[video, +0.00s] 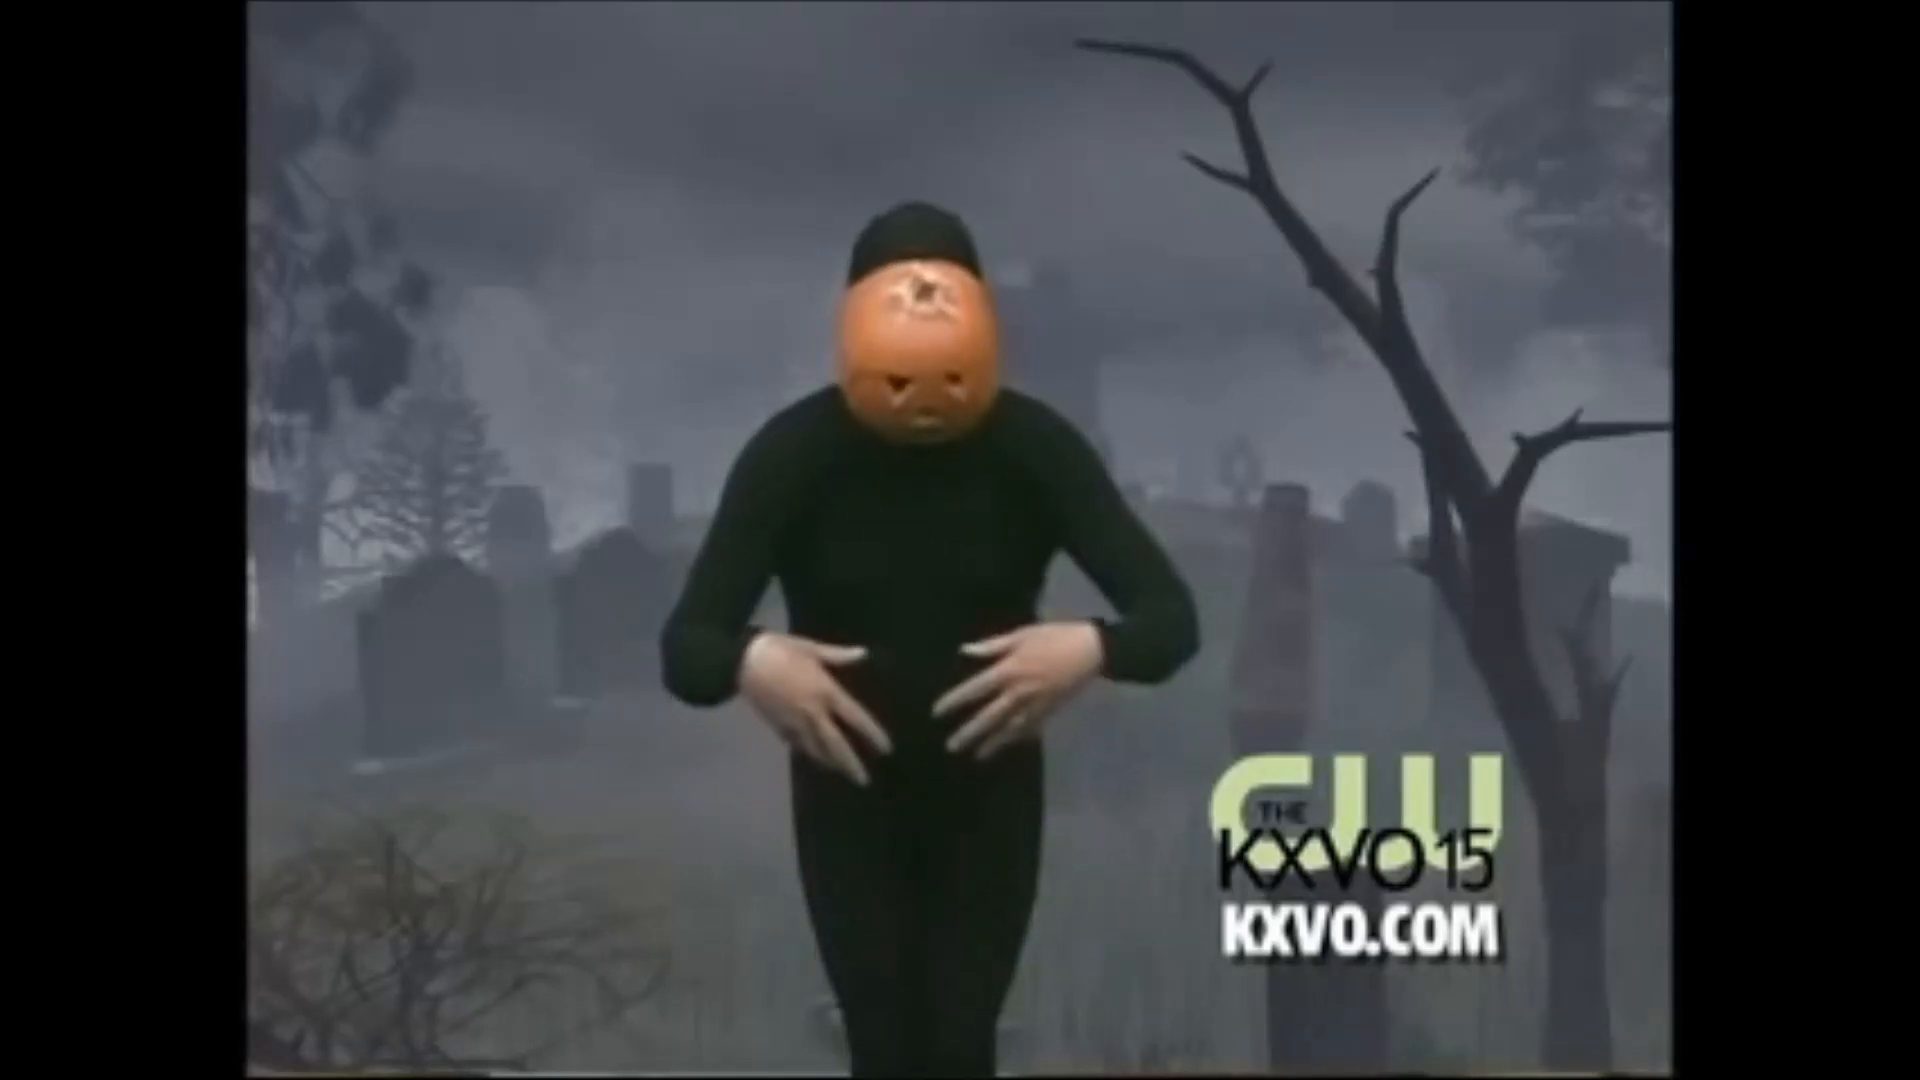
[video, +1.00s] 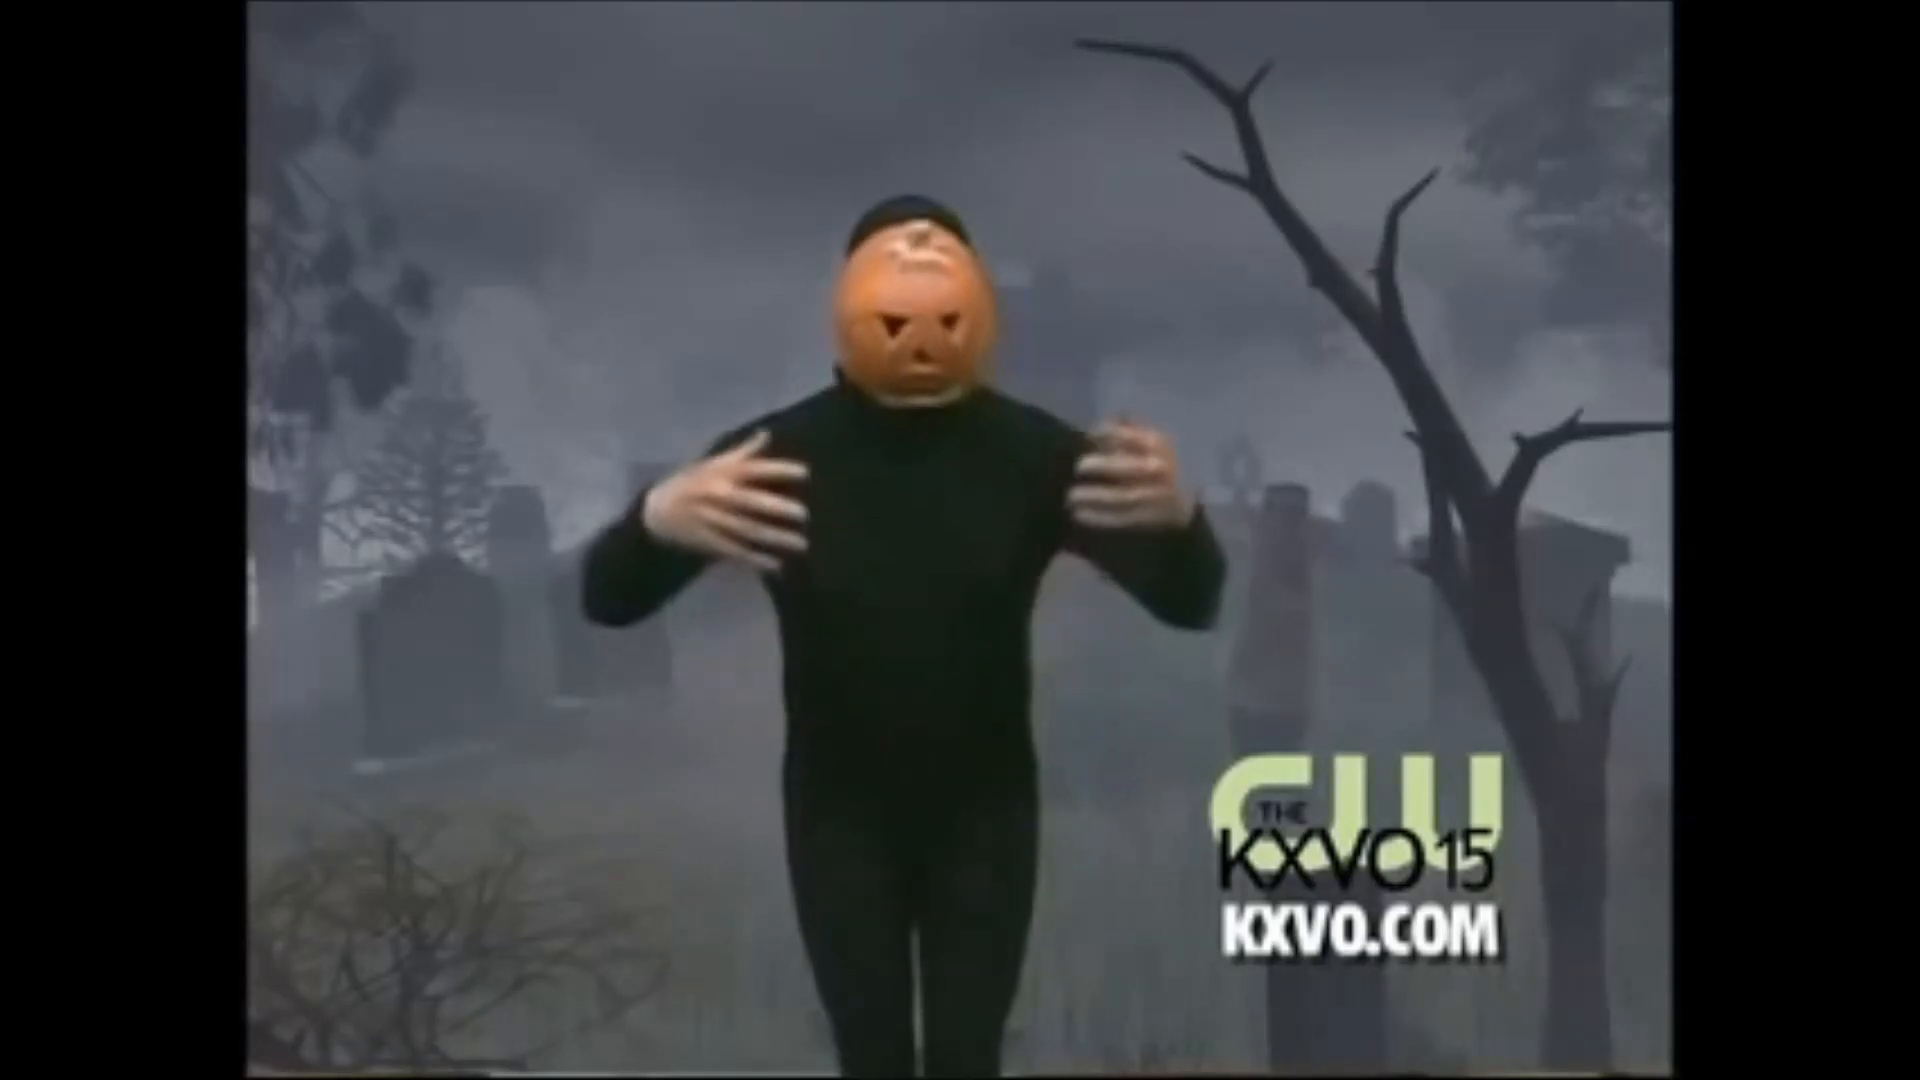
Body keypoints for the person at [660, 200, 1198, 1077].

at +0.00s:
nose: (920, 304)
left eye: (945, 290)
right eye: (895, 290)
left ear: (990, 326)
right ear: (845, 323)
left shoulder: (1035, 448)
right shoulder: (794, 453)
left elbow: (1172, 625)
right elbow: (688, 653)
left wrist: (1093, 645)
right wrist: (750, 660)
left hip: (989, 786)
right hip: (845, 790)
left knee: (959, 1042)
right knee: (884, 1042)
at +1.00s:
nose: (924, 339)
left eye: (949, 312)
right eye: (891, 310)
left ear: (984, 317)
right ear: (841, 317)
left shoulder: (1034, 454)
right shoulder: (783, 453)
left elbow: (1190, 601)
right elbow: (609, 597)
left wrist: (1180, 520)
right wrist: (654, 523)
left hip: (984, 806)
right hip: (841, 808)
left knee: (968, 1054)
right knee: (871, 1053)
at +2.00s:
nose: (926, 305)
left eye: (951, 287)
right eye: (893, 285)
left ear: (985, 314)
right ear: (836, 314)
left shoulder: (1046, 446)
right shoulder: (756, 453)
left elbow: (1236, 491)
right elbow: (565, 512)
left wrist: (1271, 376)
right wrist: (545, 400)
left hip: (988, 817)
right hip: (832, 823)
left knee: (1026, 1060)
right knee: (858, 1061)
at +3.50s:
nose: (926, 260)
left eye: (952, 250)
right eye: (892, 247)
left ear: (988, 309)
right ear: (838, 309)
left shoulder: (1053, 420)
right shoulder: (761, 423)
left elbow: (1229, 366)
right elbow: (571, 373)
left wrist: (1305, 234)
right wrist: (491, 233)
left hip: (1000, 838)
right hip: (833, 846)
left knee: (1087, 1068)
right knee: (834, 1072)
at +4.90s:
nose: (928, 281)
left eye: (953, 266)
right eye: (896, 265)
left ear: (993, 299)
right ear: (842, 302)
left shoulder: (1035, 399)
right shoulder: (776, 400)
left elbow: (1171, 260)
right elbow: (619, 255)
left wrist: (1240, 81)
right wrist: (544, 60)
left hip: (997, 837)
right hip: (830, 845)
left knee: (1088, 1064)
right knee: (818, 1066)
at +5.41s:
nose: (933, 297)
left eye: (958, 283)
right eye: (901, 281)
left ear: (998, 316)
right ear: (852, 319)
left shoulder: (1032, 417)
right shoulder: (791, 417)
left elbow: (1155, 253)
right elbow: (675, 260)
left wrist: (1114, 54)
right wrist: (712, 48)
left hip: (1000, 844)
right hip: (831, 850)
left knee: (1091, 1066)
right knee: (819, 1067)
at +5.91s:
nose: (940, 326)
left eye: (967, 311)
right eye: (907, 308)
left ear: (1002, 354)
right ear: (855, 353)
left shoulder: (1040, 452)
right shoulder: (792, 453)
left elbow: (1175, 319)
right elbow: (668, 326)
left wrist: (1068, 159)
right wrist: (803, 140)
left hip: (996, 853)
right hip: (832, 857)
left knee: (1089, 1067)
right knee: (819, 1067)